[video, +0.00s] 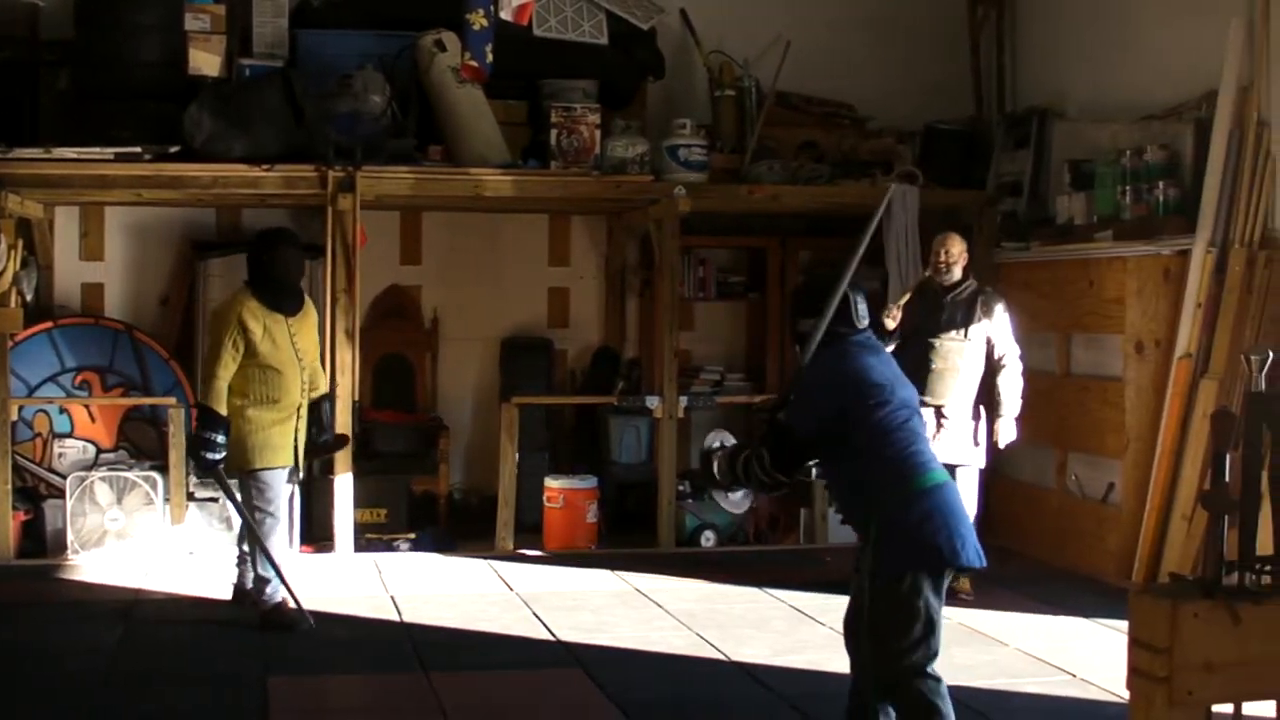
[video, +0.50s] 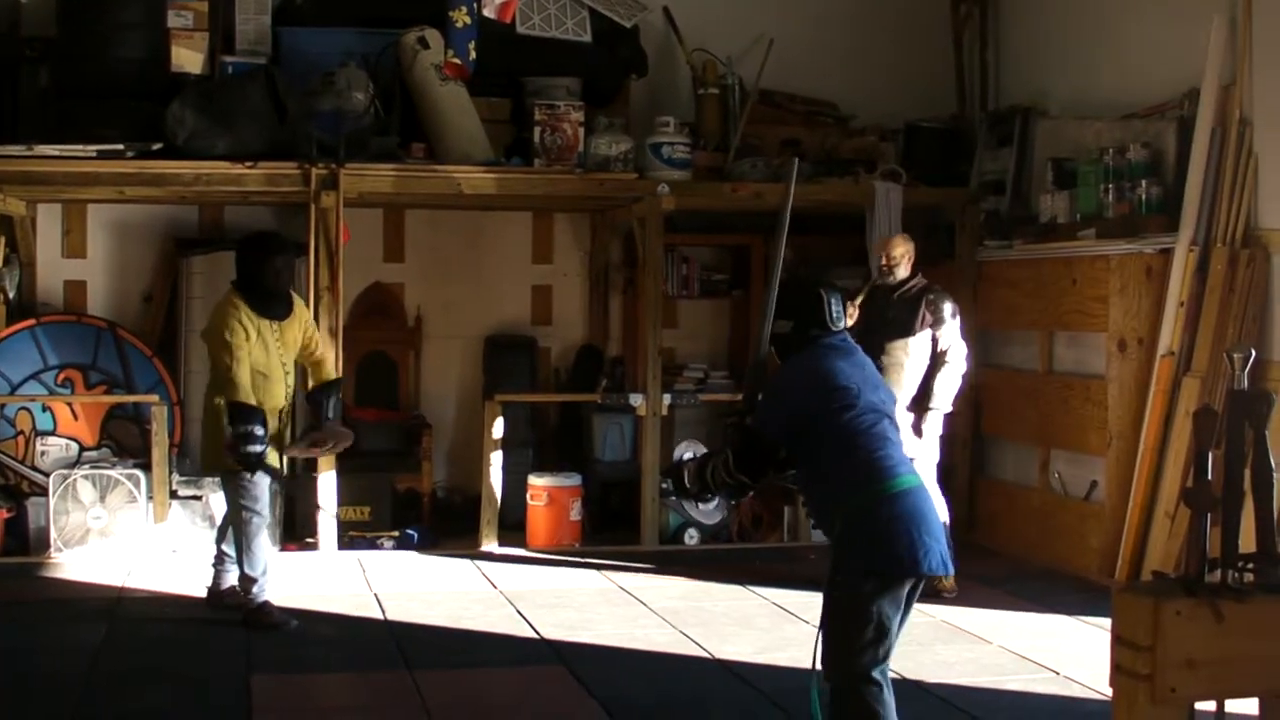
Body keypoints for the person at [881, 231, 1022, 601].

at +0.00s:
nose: (941, 260)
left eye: (949, 254)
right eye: (937, 253)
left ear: (965, 259)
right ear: (929, 258)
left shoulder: (987, 306)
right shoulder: (915, 300)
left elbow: (1008, 365)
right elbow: (879, 355)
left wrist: (1007, 416)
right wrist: (885, 330)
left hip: (965, 420)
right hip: (916, 416)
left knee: (963, 501)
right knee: (916, 493)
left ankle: (960, 572)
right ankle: (914, 568)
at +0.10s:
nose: (928, 259)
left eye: (936, 253)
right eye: (923, 253)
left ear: (952, 258)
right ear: (916, 258)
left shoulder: (973, 306)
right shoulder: (903, 299)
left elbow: (993, 364)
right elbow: (869, 351)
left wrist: (989, 416)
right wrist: (875, 327)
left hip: (952, 420)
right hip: (904, 417)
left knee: (952, 500)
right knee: (905, 494)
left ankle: (951, 571)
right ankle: (904, 568)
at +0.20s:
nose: (910, 260)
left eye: (918, 255)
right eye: (906, 254)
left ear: (935, 259)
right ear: (900, 257)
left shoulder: (956, 303)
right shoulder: (889, 298)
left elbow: (977, 363)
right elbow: (856, 351)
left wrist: (969, 416)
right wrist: (862, 325)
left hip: (937, 420)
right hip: (889, 416)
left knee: (941, 498)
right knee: (892, 493)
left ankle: (942, 571)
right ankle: (891, 570)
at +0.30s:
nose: (898, 262)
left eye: (906, 258)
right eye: (896, 256)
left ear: (923, 260)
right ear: (891, 256)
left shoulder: (944, 300)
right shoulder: (879, 298)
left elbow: (966, 360)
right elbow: (851, 353)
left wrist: (953, 413)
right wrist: (852, 325)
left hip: (926, 419)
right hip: (878, 413)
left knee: (932, 495)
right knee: (882, 491)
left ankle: (938, 569)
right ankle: (882, 570)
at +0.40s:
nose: (890, 266)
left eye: (898, 261)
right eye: (887, 260)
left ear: (915, 260)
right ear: (882, 258)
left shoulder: (938, 301)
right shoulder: (873, 299)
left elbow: (959, 360)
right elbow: (852, 351)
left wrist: (942, 412)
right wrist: (846, 323)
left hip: (919, 418)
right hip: (874, 413)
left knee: (928, 493)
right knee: (878, 489)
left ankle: (939, 568)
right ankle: (879, 568)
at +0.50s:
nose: (885, 265)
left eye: (892, 260)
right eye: (881, 259)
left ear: (910, 260)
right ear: (876, 259)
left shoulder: (933, 301)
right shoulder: (870, 298)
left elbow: (954, 359)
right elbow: (852, 350)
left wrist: (934, 410)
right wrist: (847, 324)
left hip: (915, 413)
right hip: (872, 408)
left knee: (922, 485)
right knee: (877, 486)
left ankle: (941, 567)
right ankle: (882, 568)